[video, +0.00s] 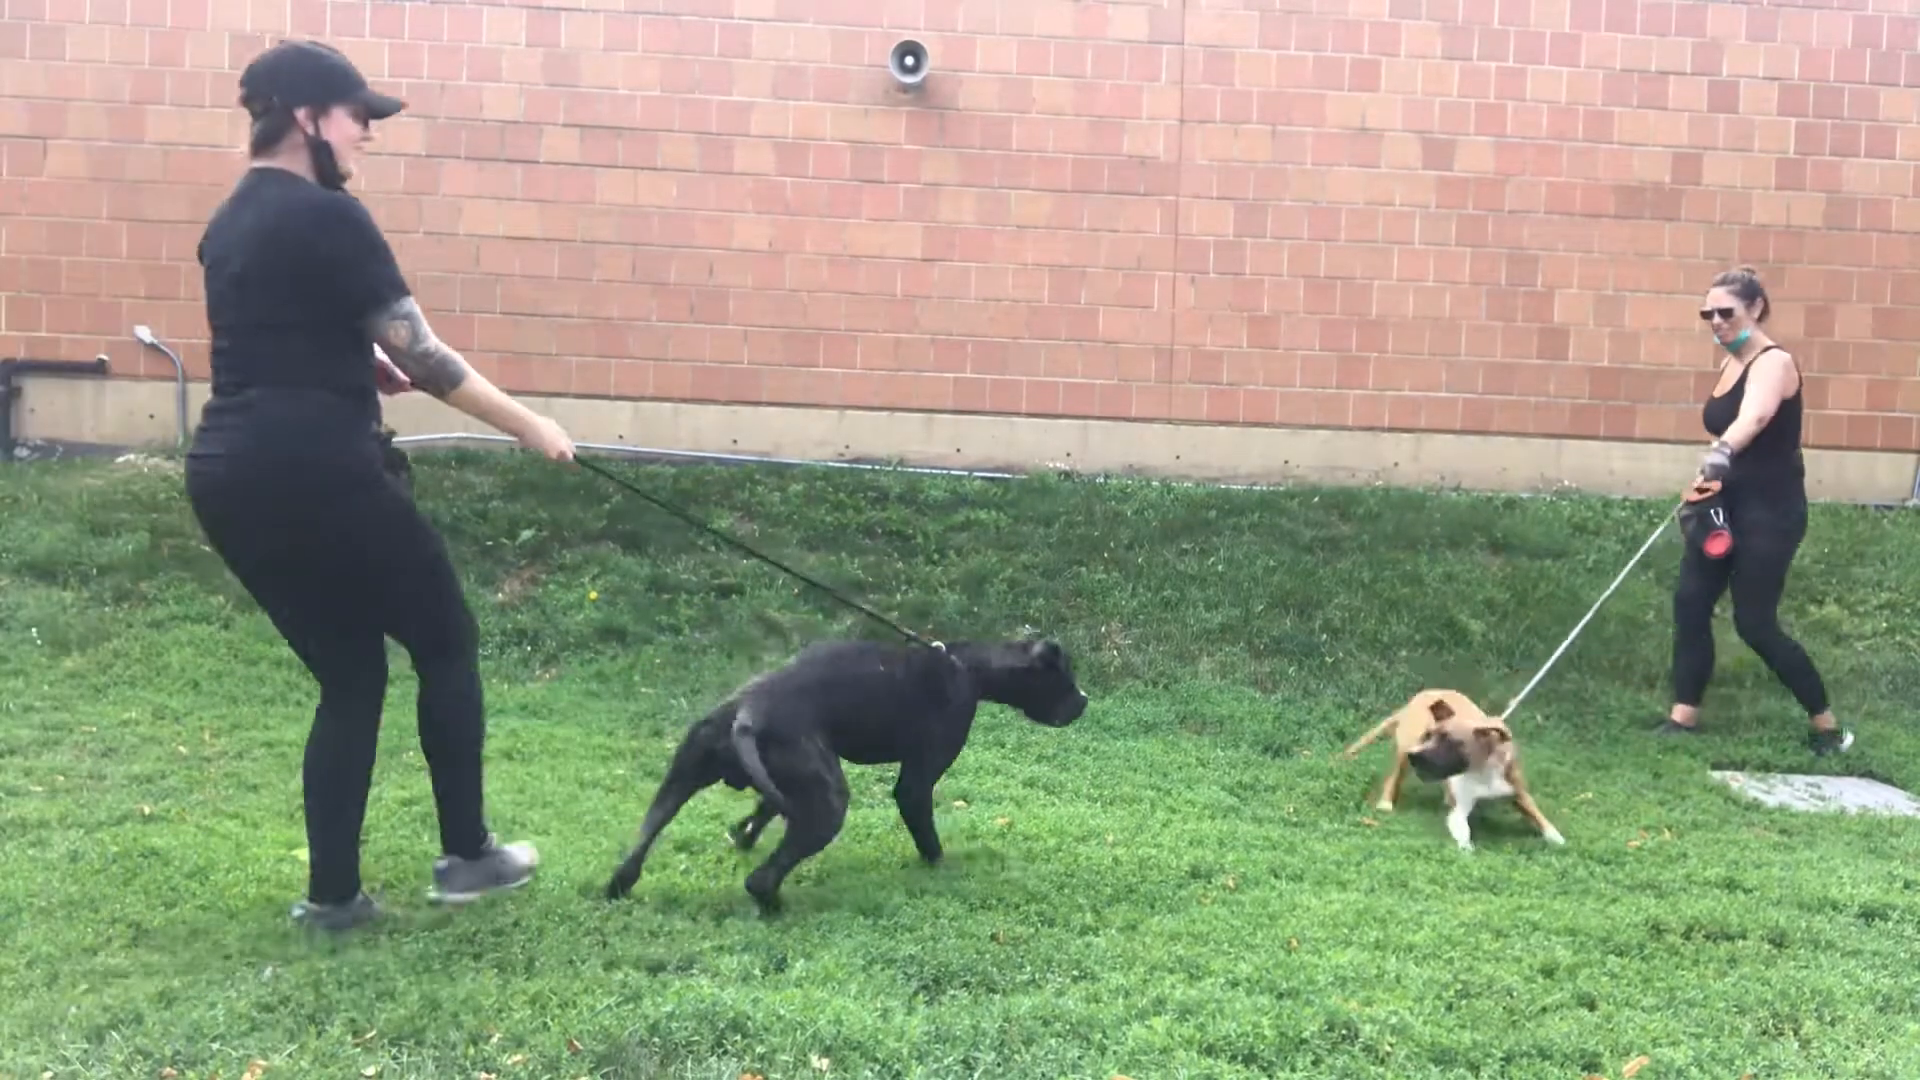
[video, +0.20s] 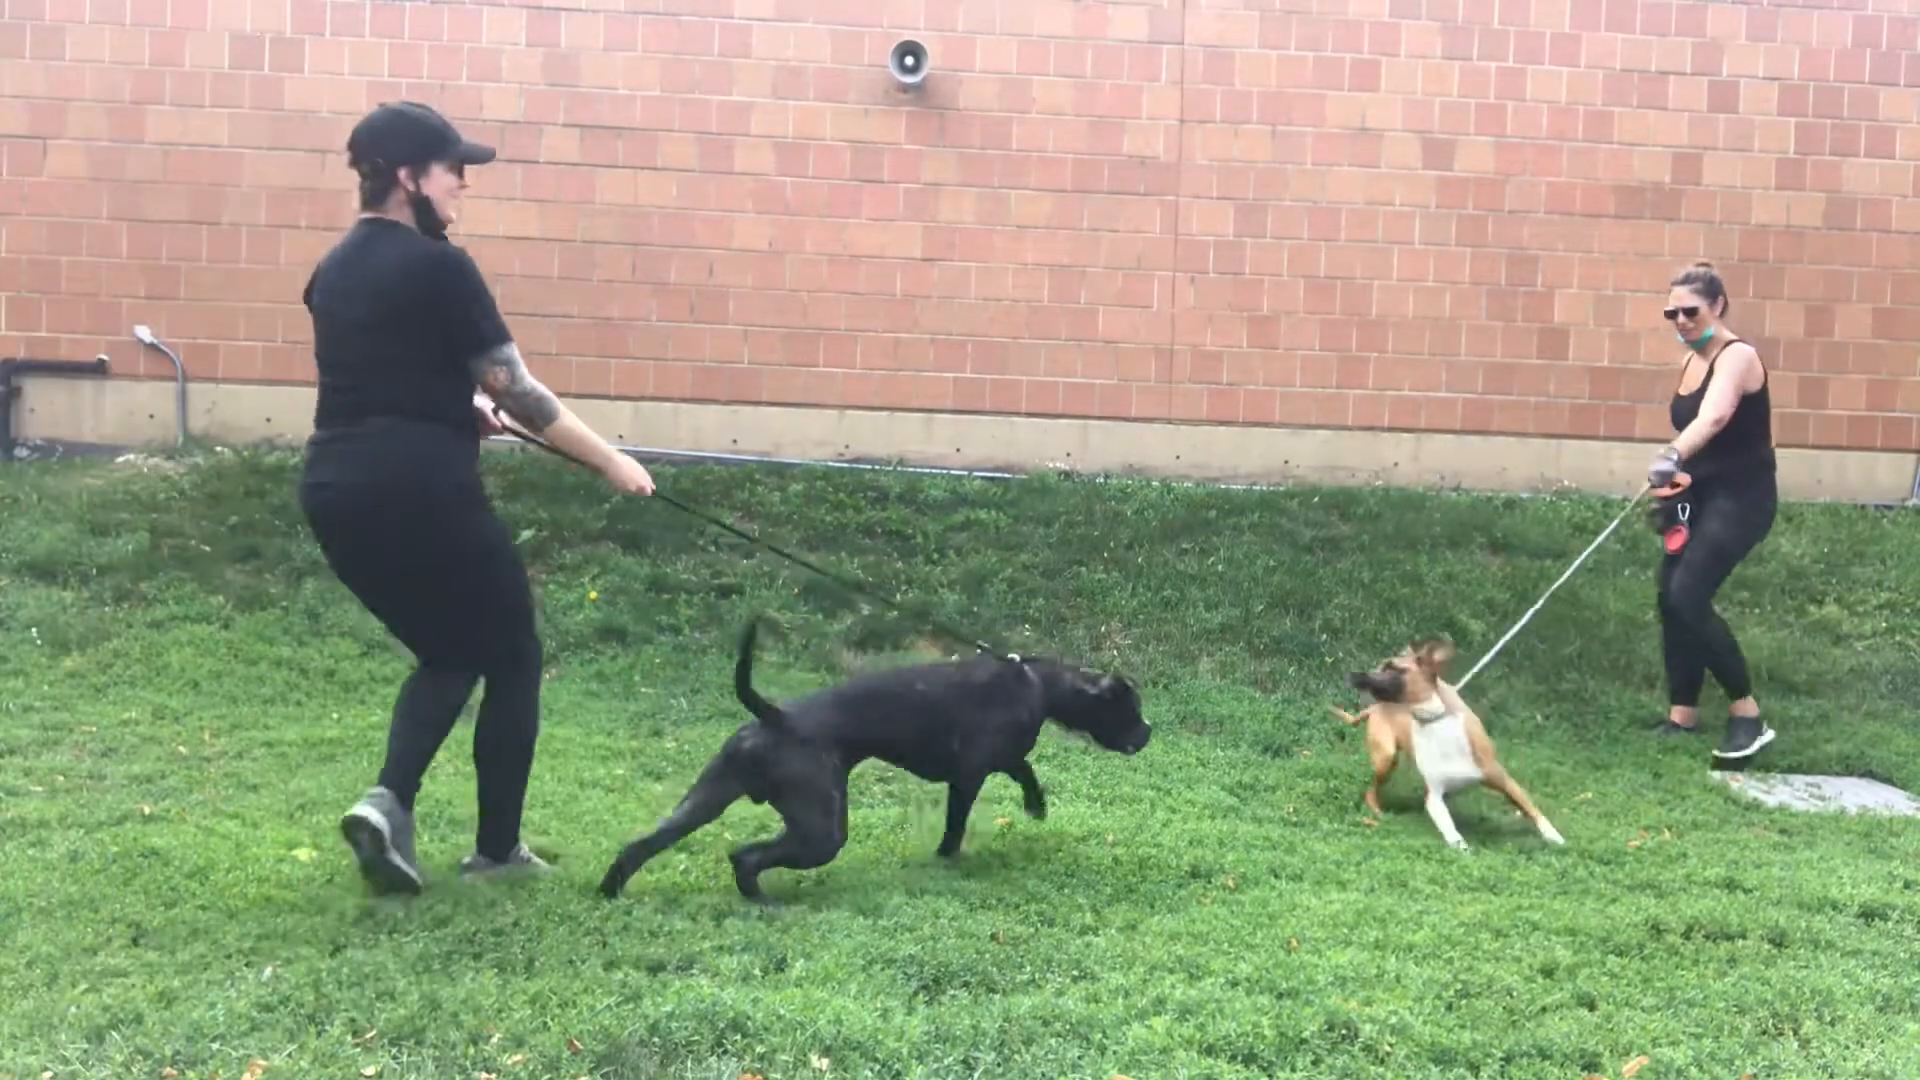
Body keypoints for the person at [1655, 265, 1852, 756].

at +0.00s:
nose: (1715, 323)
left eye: (1724, 313)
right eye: (1709, 315)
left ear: (1755, 309)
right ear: (1707, 316)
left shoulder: (1774, 362)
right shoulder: (1733, 363)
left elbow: (1755, 417)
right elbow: (1734, 434)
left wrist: (1720, 451)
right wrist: (1707, 489)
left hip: (1770, 512)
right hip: (1728, 506)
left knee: (1754, 622)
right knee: (1691, 600)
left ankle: (1824, 721)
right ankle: (1684, 715)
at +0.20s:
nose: (1681, 323)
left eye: (1690, 312)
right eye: (1673, 314)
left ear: (1718, 306)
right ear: (1668, 313)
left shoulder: (1737, 357)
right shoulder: (1692, 362)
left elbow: (1716, 417)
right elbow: (1692, 433)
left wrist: (1672, 455)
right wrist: (1669, 487)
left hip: (1741, 497)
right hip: (1698, 495)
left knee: (1685, 595)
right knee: (1671, 596)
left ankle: (1746, 712)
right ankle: (1682, 715)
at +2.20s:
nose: (1728, 297)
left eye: (1738, 288)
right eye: (1724, 288)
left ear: (1776, 283)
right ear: (1727, 286)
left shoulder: (1800, 347)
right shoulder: (1738, 341)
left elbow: (1749, 422)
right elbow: (1737, 425)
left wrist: (1681, 464)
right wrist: (1720, 481)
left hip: (1796, 498)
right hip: (1744, 492)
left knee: (1763, 611)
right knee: (1703, 608)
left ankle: (1772, 757)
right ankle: (1703, 726)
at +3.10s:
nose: (1770, 287)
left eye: (1781, 277)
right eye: (1767, 277)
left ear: (1825, 270)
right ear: (1769, 273)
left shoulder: (1854, 344)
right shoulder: (1762, 336)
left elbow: (1802, 435)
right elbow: (1740, 430)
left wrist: (1722, 461)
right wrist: (1706, 501)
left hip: (1819, 510)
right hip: (1750, 502)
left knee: (1820, 640)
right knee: (1726, 637)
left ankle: (1864, 791)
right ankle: (1714, 768)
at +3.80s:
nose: (1834, 272)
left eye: (1844, 260)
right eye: (1831, 260)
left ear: (1895, 251)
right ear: (1873, 257)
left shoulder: (1917, 340)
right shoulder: (1843, 328)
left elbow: (1884, 447)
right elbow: (1827, 434)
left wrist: (1773, 478)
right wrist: (1802, 497)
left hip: (1897, 529)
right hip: (1825, 520)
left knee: (1885, 676)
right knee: (1796, 667)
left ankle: (1896, 796)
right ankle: (1802, 825)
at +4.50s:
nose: (1910, 235)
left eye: (1914, 222)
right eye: (1908, 223)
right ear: (1905, 217)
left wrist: (1864, 459)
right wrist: (1904, 497)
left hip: (1917, 532)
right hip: (1912, 529)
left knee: (1863, 664)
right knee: (1863, 664)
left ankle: (1876, 831)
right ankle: (1876, 830)